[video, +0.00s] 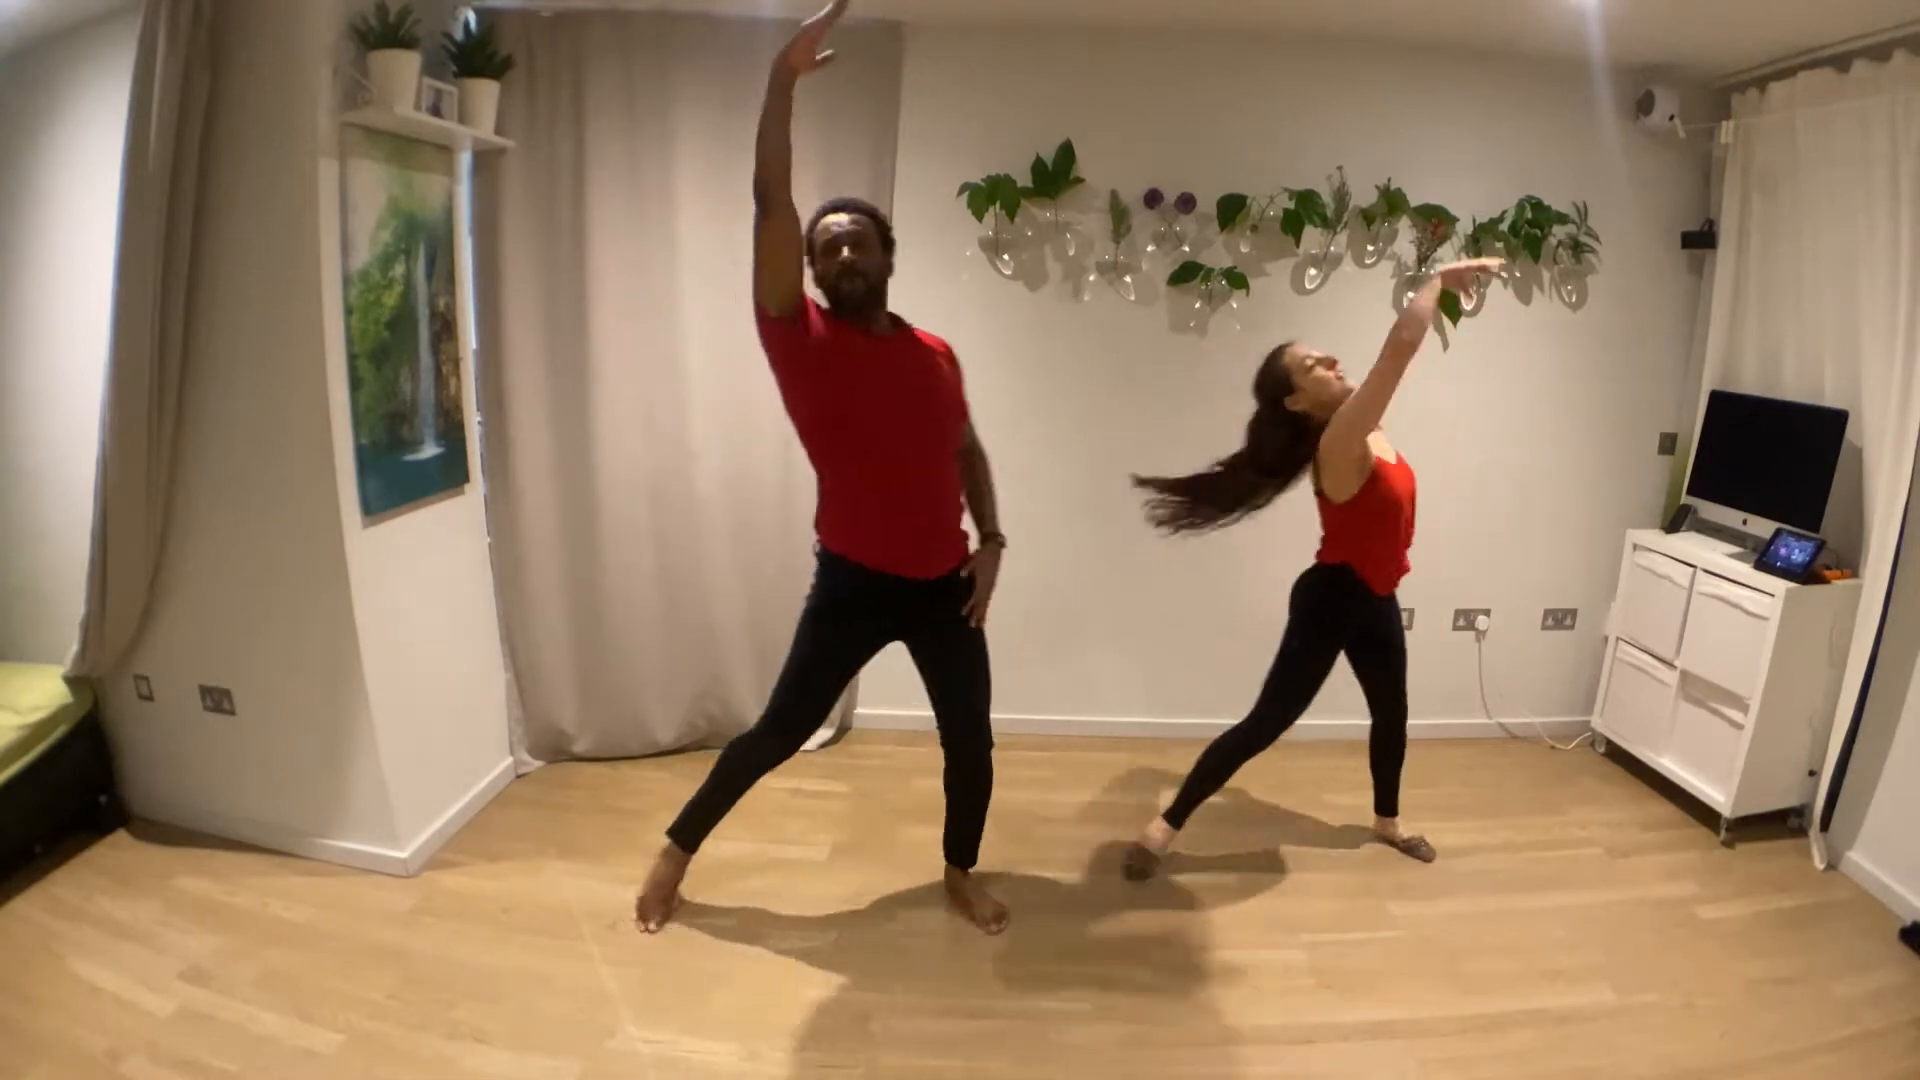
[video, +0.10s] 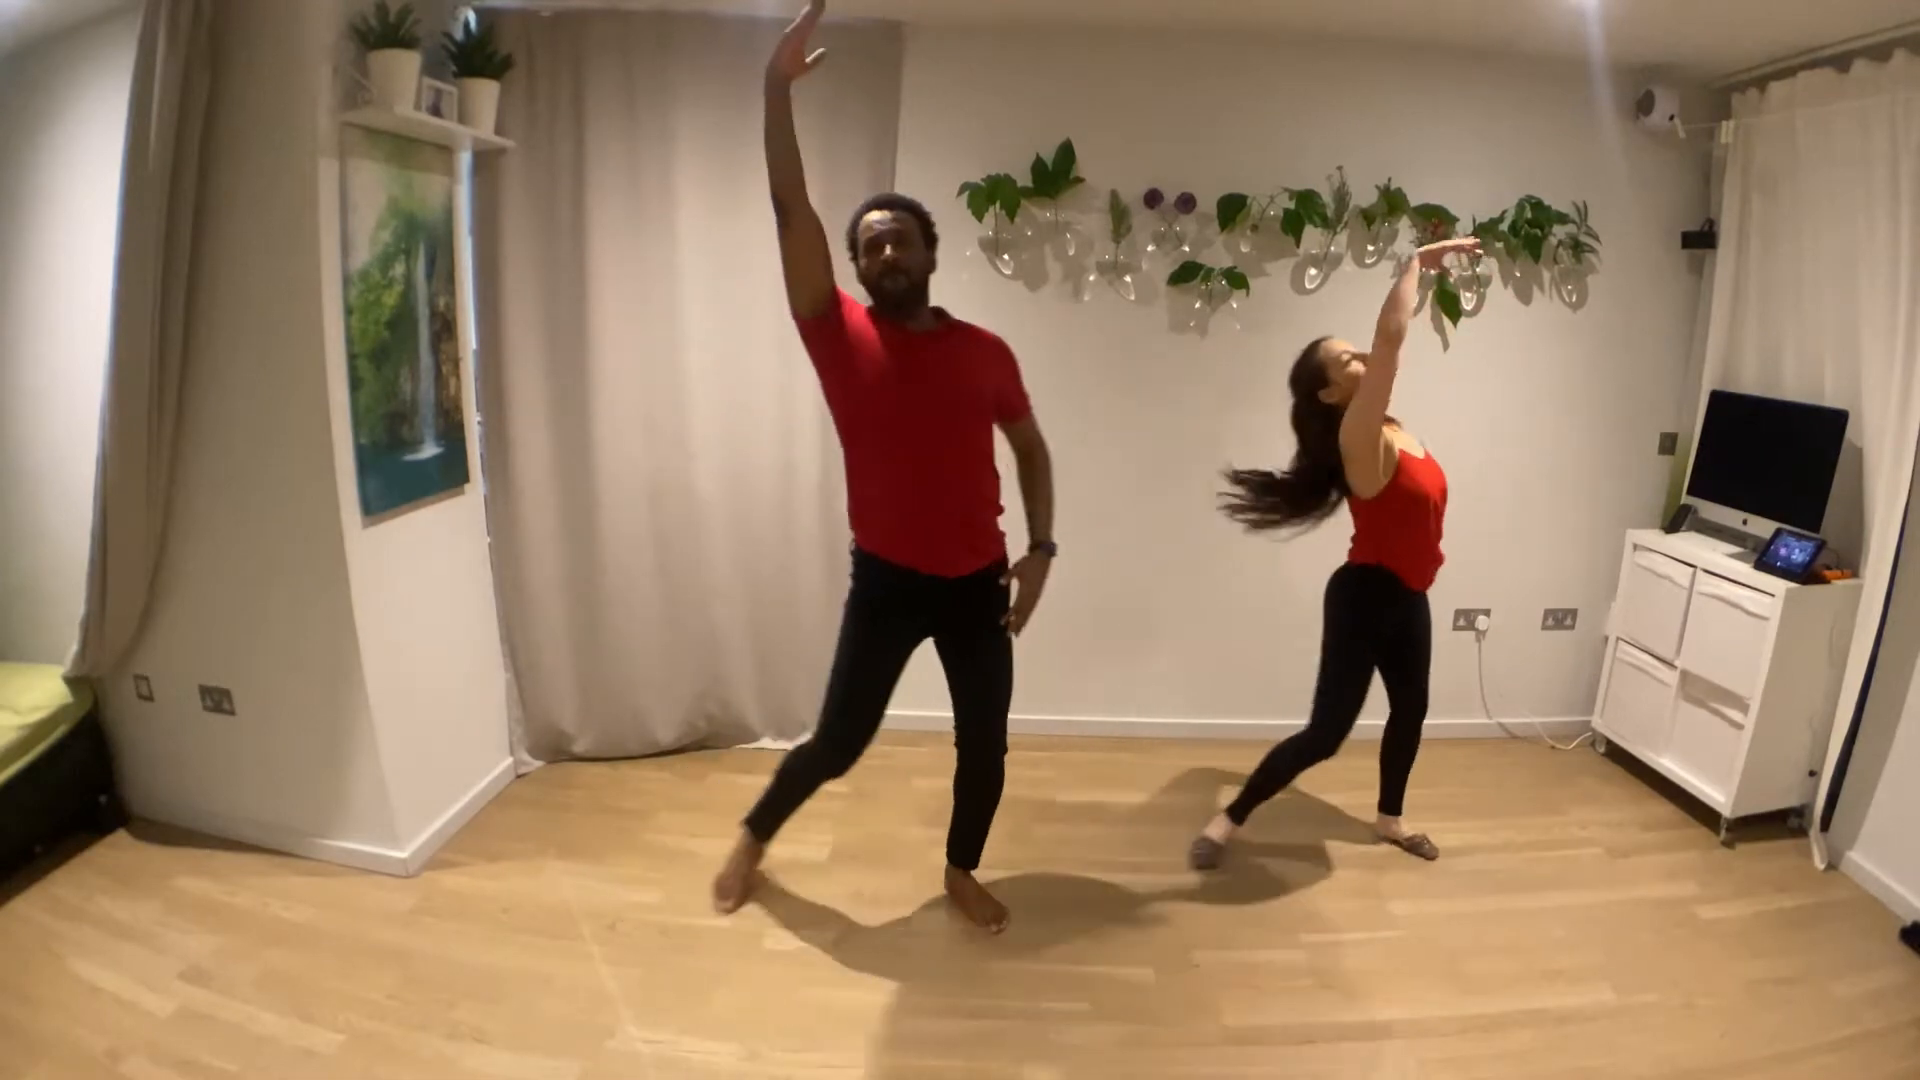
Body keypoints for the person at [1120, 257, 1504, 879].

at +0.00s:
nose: (1329, 360)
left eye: (1321, 354)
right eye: (1313, 365)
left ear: (1323, 385)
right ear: (1300, 402)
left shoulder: (1361, 430)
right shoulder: (1335, 447)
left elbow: (1402, 353)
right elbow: (1403, 347)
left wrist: (1450, 276)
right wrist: (1439, 277)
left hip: (1375, 602)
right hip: (1330, 598)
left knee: (1390, 715)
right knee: (1267, 723)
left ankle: (1387, 821)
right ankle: (1167, 825)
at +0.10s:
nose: (1364, 361)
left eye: (1358, 354)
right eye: (1349, 360)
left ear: (1361, 376)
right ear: (1329, 392)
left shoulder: (1385, 430)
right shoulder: (1358, 438)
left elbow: (1393, 338)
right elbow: (1391, 336)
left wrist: (1425, 266)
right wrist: (1418, 260)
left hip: (1406, 600)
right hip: (1363, 596)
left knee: (1410, 712)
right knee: (1327, 733)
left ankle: (1390, 820)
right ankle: (1229, 820)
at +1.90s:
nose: (1303, 398)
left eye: (1323, 388)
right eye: (1301, 385)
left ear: (1365, 406)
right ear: (1294, 390)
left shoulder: (1368, 504)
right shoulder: (1283, 461)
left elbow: (1413, 588)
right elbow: (1212, 431)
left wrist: (1479, 639)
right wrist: (1204, 356)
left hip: (1332, 684)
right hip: (1283, 671)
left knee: (1199, 796)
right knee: (1283, 821)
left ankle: (1139, 946)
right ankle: (1351, 920)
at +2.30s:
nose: (1175, 423)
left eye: (1195, 412)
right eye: (1174, 408)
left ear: (1241, 427)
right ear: (1172, 408)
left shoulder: (1222, 515)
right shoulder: (1175, 475)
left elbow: (1121, 581)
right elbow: (1081, 453)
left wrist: (996, 602)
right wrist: (1022, 427)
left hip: (1207, 716)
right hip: (1161, 703)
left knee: (1091, 857)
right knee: (1107, 844)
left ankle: (1074, 973)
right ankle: (1224, 881)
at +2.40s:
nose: (1165, 422)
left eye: (1184, 412)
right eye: (1164, 407)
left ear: (1232, 426)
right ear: (1165, 410)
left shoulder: (1217, 508)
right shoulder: (1171, 466)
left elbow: (1162, 583)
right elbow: (1104, 428)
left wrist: (1062, 641)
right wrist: (1065, 395)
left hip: (1196, 709)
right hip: (1148, 694)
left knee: (1087, 850)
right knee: (1074, 843)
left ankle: (1076, 971)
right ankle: (1163, 880)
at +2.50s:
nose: (1168, 420)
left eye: (1188, 409)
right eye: (1167, 403)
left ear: (1232, 420)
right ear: (1160, 404)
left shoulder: (1231, 501)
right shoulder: (1167, 458)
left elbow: (1275, 567)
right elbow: (1107, 391)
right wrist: (1078, 338)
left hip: (1202, 692)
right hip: (1144, 678)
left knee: (1092, 849)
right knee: (1096, 831)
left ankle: (1074, 970)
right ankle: (1156, 889)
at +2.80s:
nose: (1254, 375)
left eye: (1264, 359)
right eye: (1233, 363)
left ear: (1280, 364)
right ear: (1202, 375)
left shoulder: (1308, 447)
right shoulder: (1177, 441)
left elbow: (1366, 480)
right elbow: (1073, 391)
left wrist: (1412, 497)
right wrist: (1024, 315)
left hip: (1264, 640)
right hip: (1184, 634)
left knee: (1252, 802)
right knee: (1148, 792)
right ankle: (1178, 907)